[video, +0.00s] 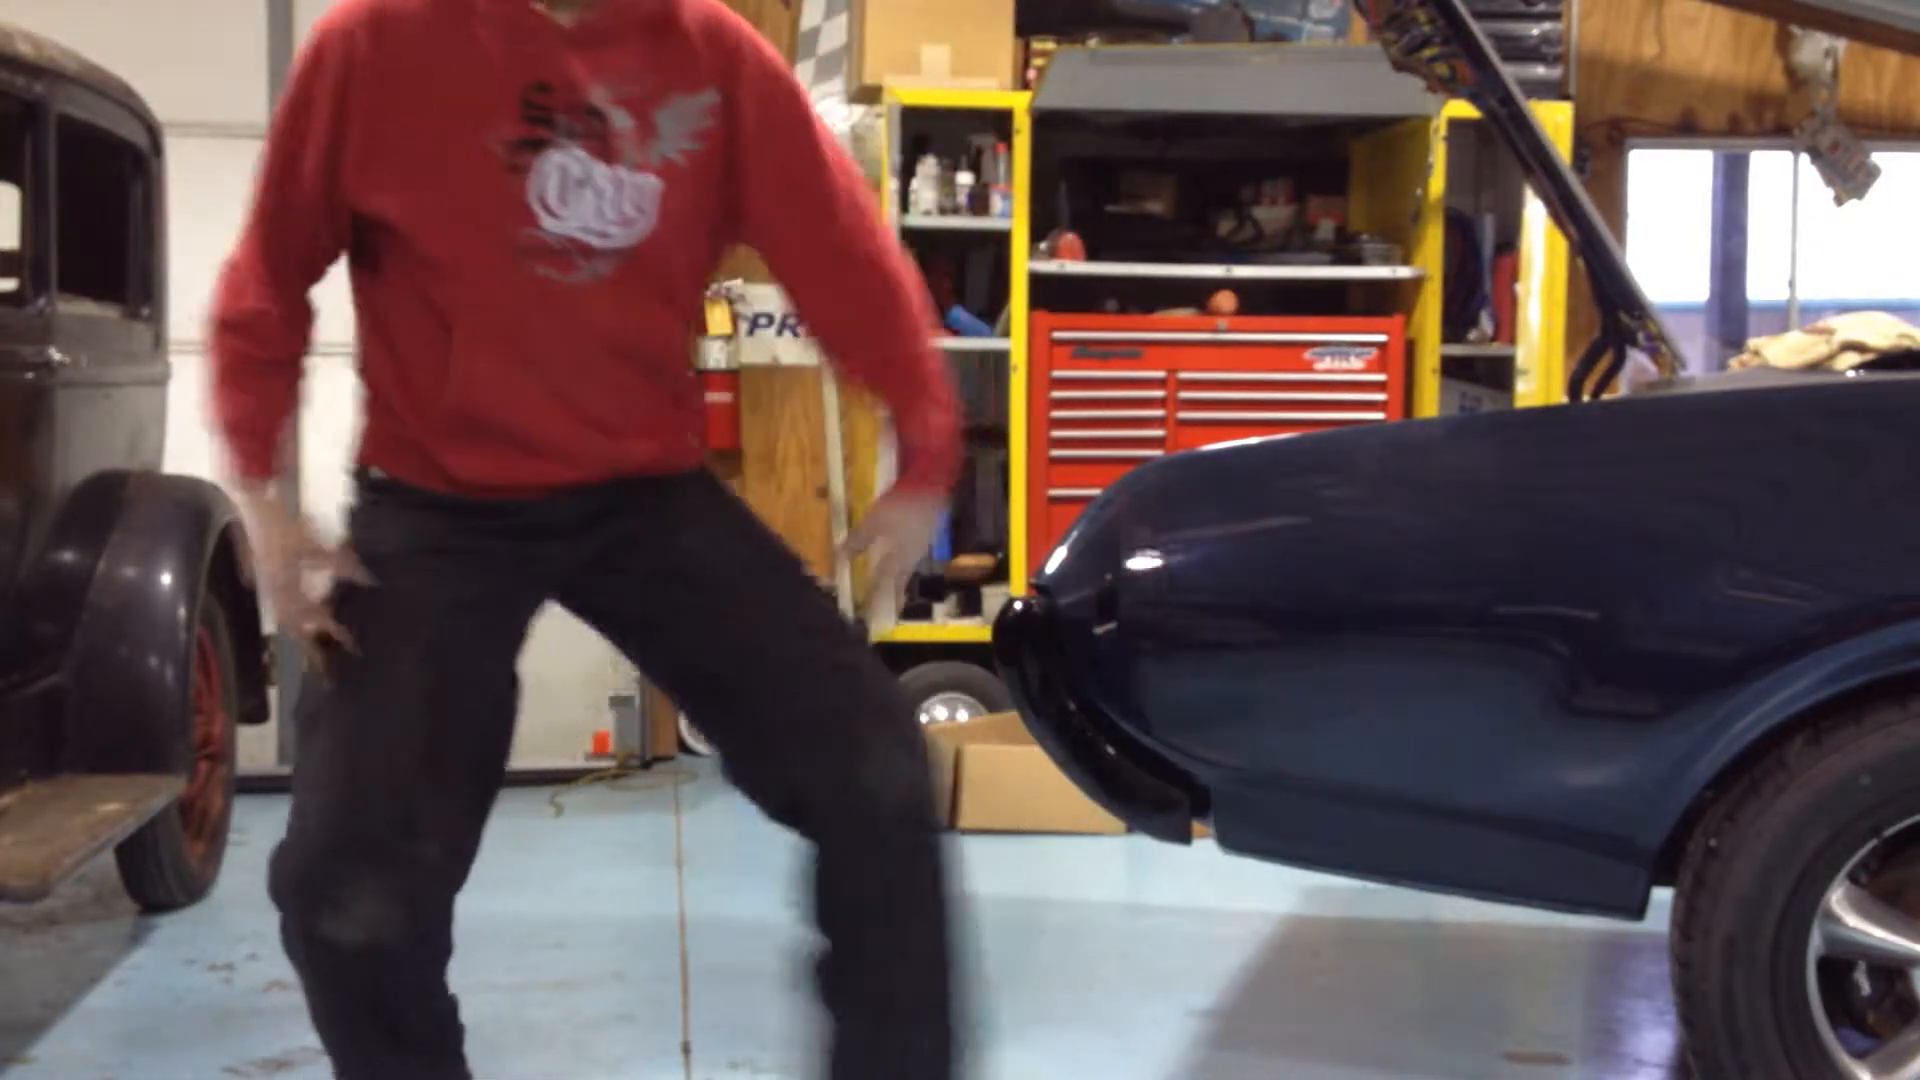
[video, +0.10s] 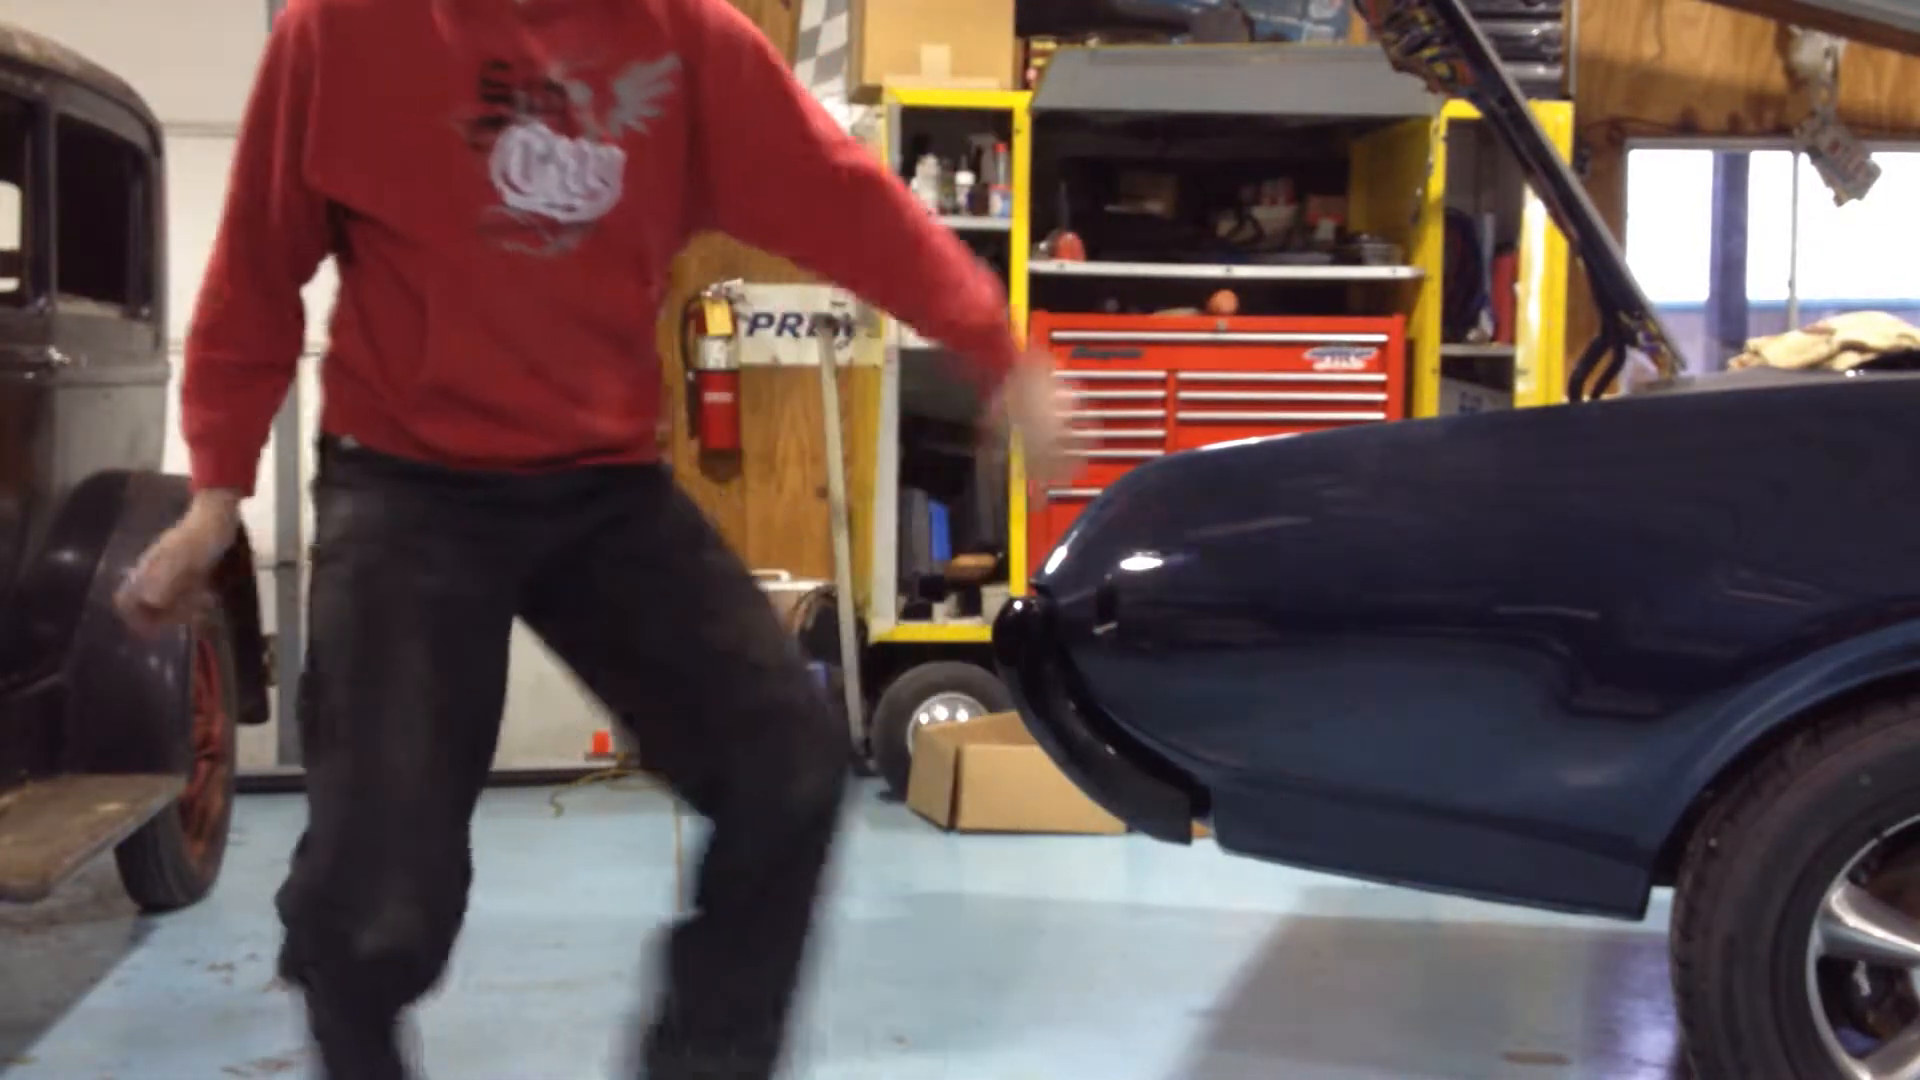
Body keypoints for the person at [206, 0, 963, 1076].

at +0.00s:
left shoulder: (713, 55)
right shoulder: (375, 41)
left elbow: (845, 254)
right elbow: (265, 272)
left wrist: (924, 465)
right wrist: (260, 497)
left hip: (651, 500)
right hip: (433, 513)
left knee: (876, 780)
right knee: (351, 896)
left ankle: (893, 1067)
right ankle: (413, 1073)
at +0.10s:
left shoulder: (687, 36)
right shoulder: (342, 25)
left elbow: (837, 193)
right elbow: (258, 259)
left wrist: (1008, 354)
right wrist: (215, 489)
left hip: (607, 484)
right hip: (404, 487)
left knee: (789, 762)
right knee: (380, 905)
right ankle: (351, 1029)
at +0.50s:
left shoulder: (660, 45)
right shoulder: (351, 26)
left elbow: (660, 269)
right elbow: (265, 256)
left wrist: (620, 450)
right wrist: (212, 508)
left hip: (596, 482)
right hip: (381, 486)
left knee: (755, 822)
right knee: (350, 898)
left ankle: (875, 1063)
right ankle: (393, 1068)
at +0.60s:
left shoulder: (694, 50)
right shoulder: (420, 28)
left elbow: (668, 279)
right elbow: (328, 240)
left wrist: (609, 438)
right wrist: (363, 462)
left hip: (608, 486)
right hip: (416, 494)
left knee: (782, 752)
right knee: (359, 852)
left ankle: (828, 1063)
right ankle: (375, 1064)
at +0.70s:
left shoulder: (727, 23)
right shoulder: (519, 15)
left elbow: (640, 228)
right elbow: (358, 191)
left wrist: (647, 430)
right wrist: (468, 417)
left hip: (626, 486)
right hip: (456, 485)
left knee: (783, 785)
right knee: (422, 866)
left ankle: (706, 1065)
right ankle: (402, 1062)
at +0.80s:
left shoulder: (748, 21)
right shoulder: (571, 7)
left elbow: (663, 189)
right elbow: (377, 152)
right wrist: (549, 280)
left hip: (658, 467)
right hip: (520, 451)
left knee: (754, 802)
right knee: (546, 846)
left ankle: (651, 1067)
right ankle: (298, 1061)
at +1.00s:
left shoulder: (806, 24)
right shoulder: (666, 5)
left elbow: (791, 203)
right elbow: (534, 193)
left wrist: (832, 271)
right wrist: (670, 216)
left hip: (702, 432)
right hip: (629, 421)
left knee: (786, 807)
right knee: (655, 821)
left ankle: (700, 1066)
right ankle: (616, 1063)